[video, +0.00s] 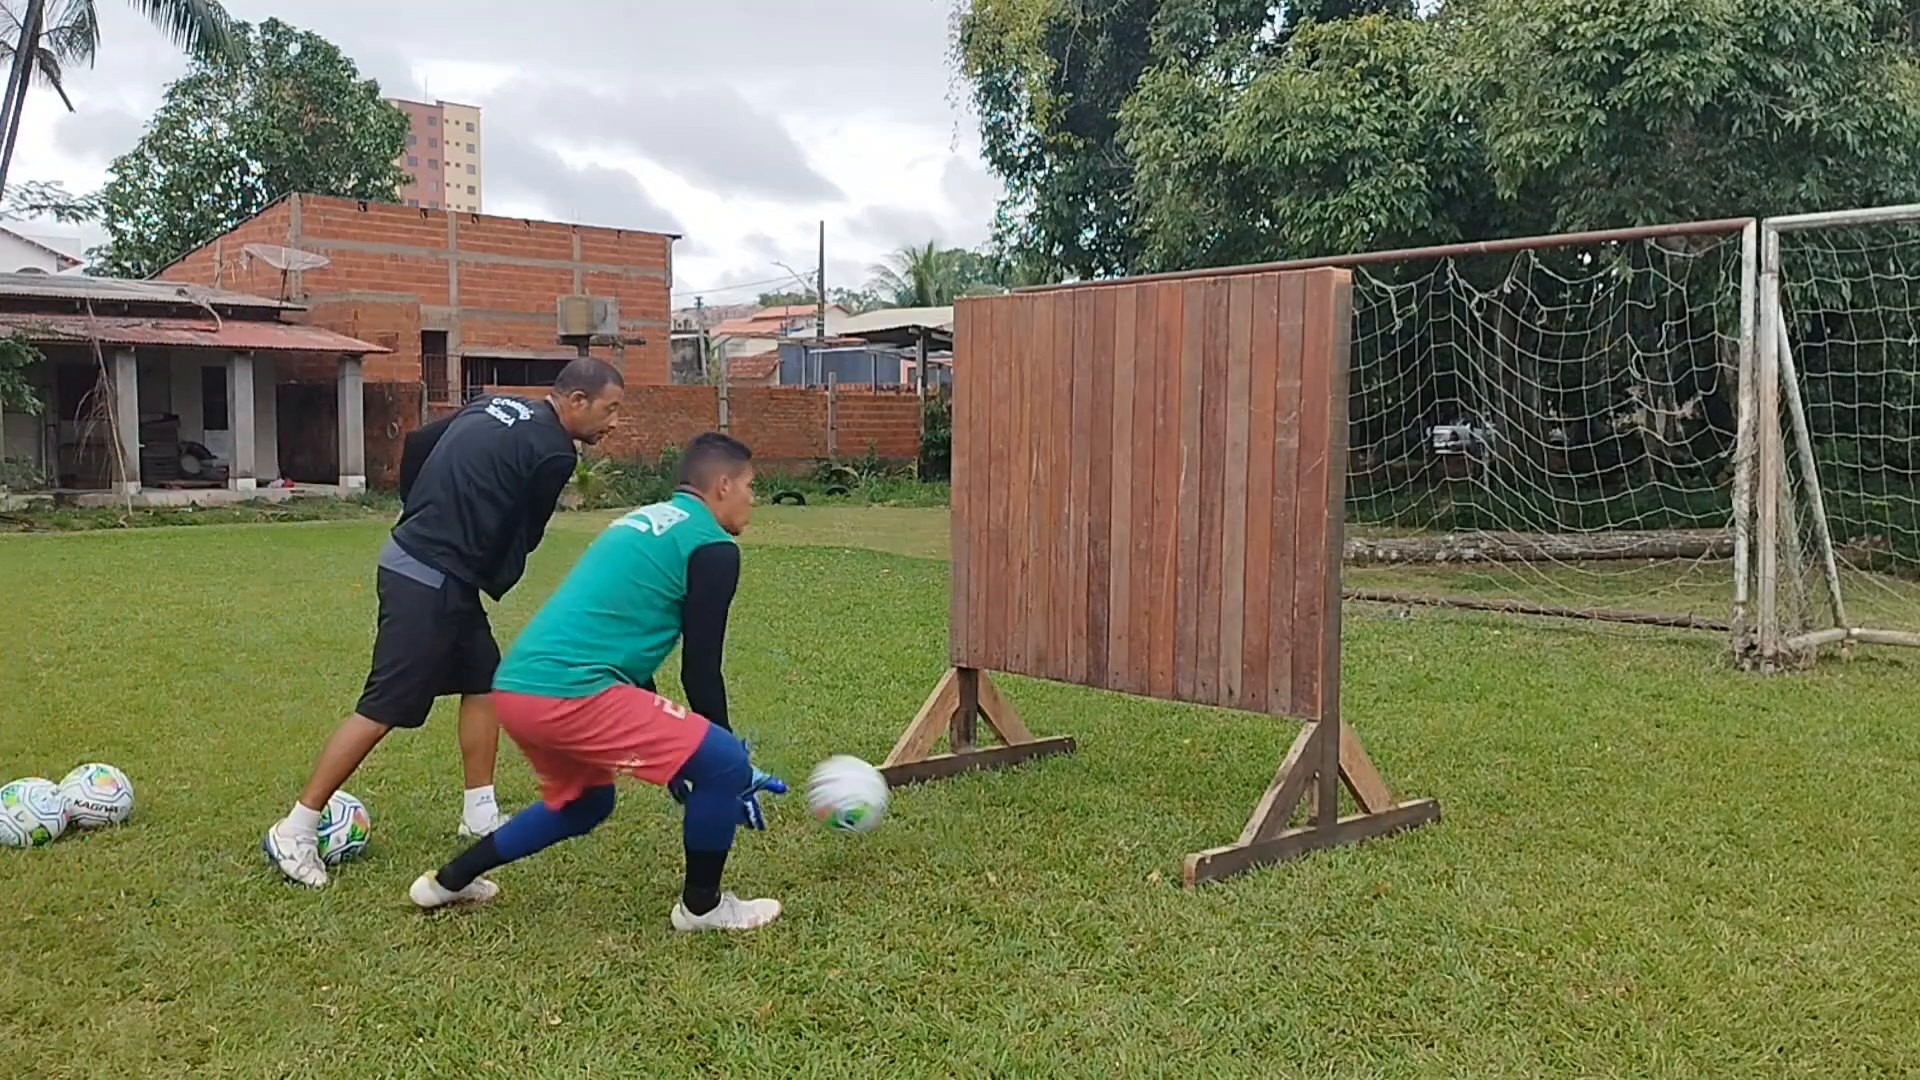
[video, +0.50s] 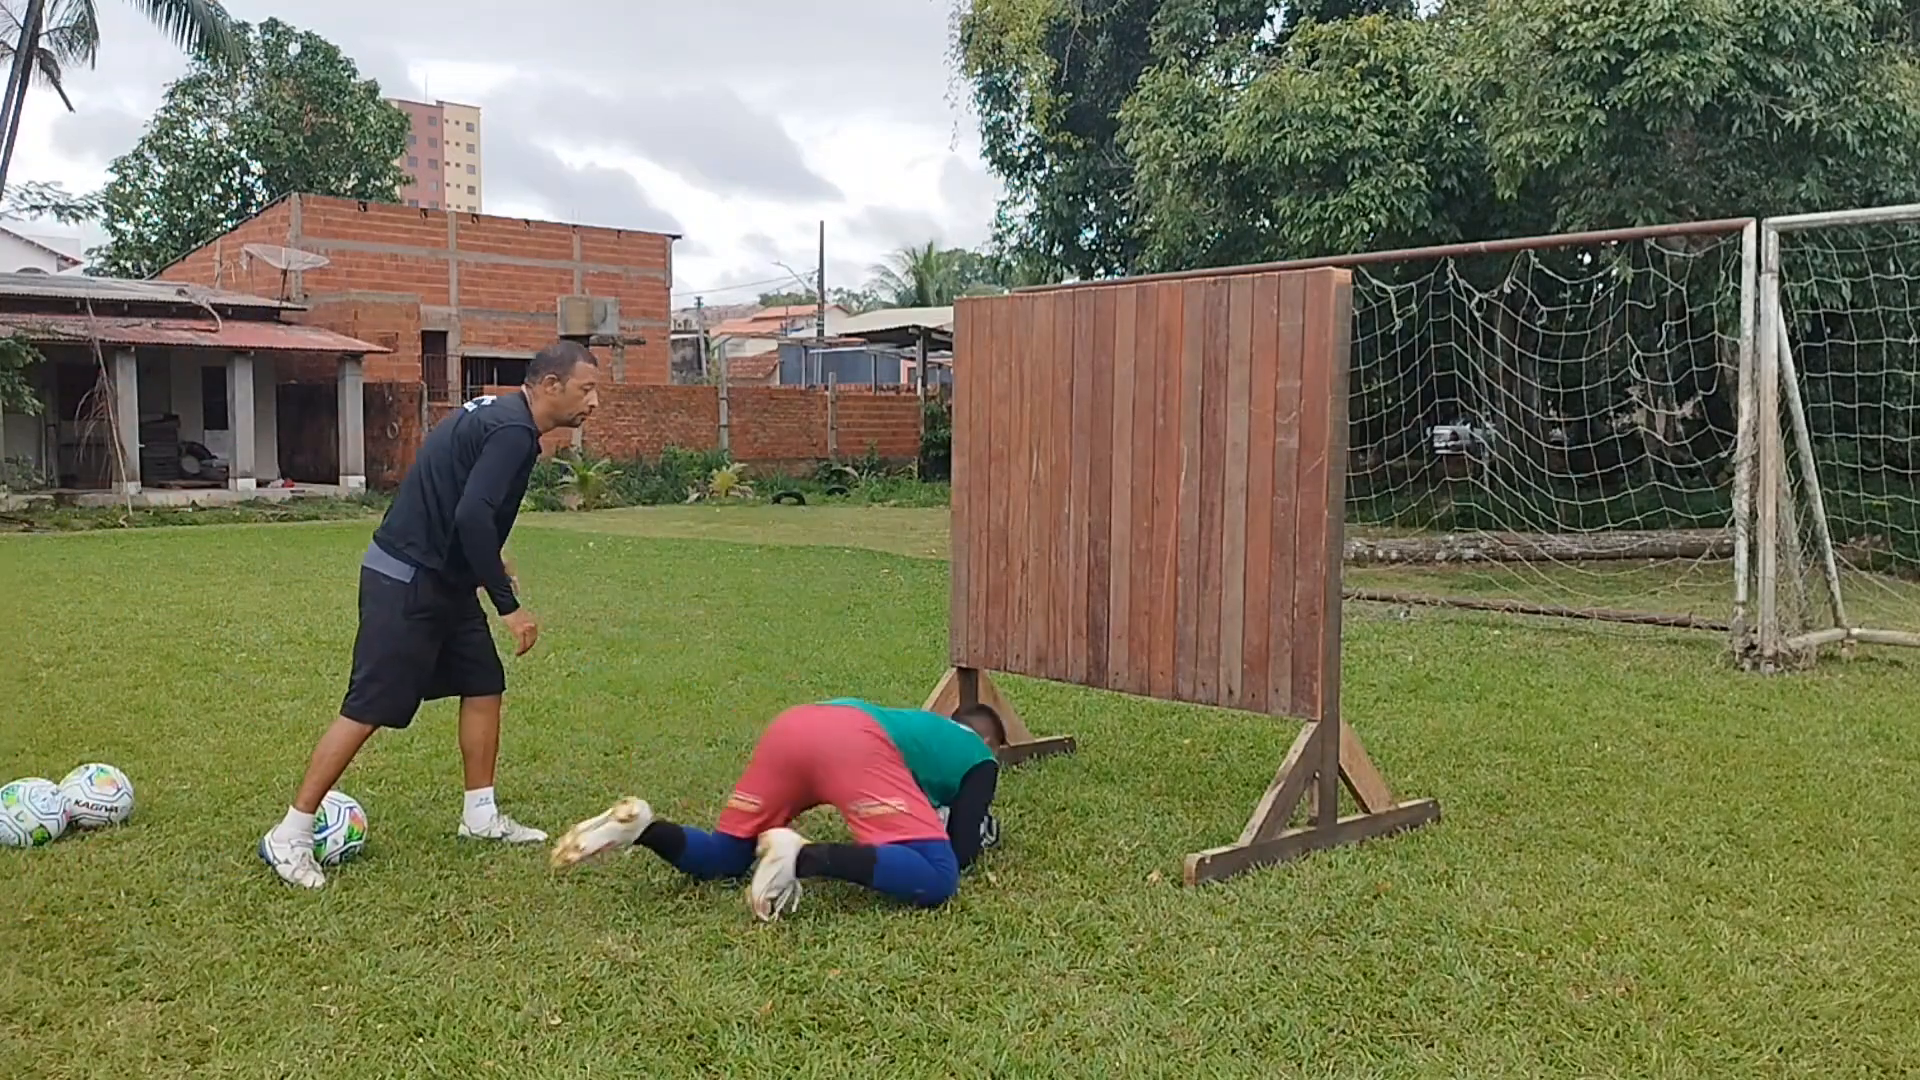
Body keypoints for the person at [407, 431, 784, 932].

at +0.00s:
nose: (754, 502)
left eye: (755, 488)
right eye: (751, 487)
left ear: (692, 484)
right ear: (722, 486)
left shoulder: (641, 519)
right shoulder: (713, 546)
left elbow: (624, 658)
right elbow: (702, 672)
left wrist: (680, 761)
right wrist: (730, 766)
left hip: (520, 690)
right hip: (575, 696)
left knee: (587, 804)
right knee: (724, 763)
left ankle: (447, 881)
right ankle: (702, 905)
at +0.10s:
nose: (809, 540)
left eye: (808, 528)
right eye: (806, 527)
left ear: (749, 524)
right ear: (783, 529)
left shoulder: (695, 551)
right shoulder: (770, 588)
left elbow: (675, 666)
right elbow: (715, 695)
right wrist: (708, 783)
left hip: (575, 710)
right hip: (623, 715)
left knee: (660, 820)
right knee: (771, 766)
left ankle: (512, 869)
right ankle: (705, 895)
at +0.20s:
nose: (856, 610)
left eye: (858, 597)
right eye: (856, 596)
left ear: (806, 579)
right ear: (836, 589)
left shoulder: (746, 600)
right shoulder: (818, 636)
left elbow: (729, 702)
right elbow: (775, 727)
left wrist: (820, 770)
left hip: (610, 730)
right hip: (662, 730)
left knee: (686, 836)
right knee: (811, 771)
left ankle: (540, 862)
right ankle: (708, 889)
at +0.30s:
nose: (899, 663)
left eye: (901, 652)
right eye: (900, 651)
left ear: (850, 631)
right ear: (882, 642)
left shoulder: (801, 651)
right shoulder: (866, 678)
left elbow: (804, 746)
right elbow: (877, 785)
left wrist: (875, 737)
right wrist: (908, 747)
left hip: (651, 752)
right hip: (701, 752)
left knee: (709, 856)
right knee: (851, 800)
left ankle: (579, 866)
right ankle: (713, 883)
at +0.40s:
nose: (952, 709)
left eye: (952, 699)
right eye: (952, 699)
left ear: (902, 683)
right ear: (935, 692)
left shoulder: (861, 703)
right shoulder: (920, 721)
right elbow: (939, 837)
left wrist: (903, 784)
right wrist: (963, 773)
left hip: (704, 734)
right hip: (758, 739)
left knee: (715, 851)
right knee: (888, 838)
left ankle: (597, 856)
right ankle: (739, 870)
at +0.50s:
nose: (988, 762)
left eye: (987, 754)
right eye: (992, 755)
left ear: (954, 728)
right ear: (988, 745)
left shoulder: (912, 730)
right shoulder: (980, 755)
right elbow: (958, 849)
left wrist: (959, 819)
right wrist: (982, 832)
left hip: (793, 722)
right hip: (855, 733)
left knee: (725, 856)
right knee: (936, 876)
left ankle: (640, 826)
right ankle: (796, 855)